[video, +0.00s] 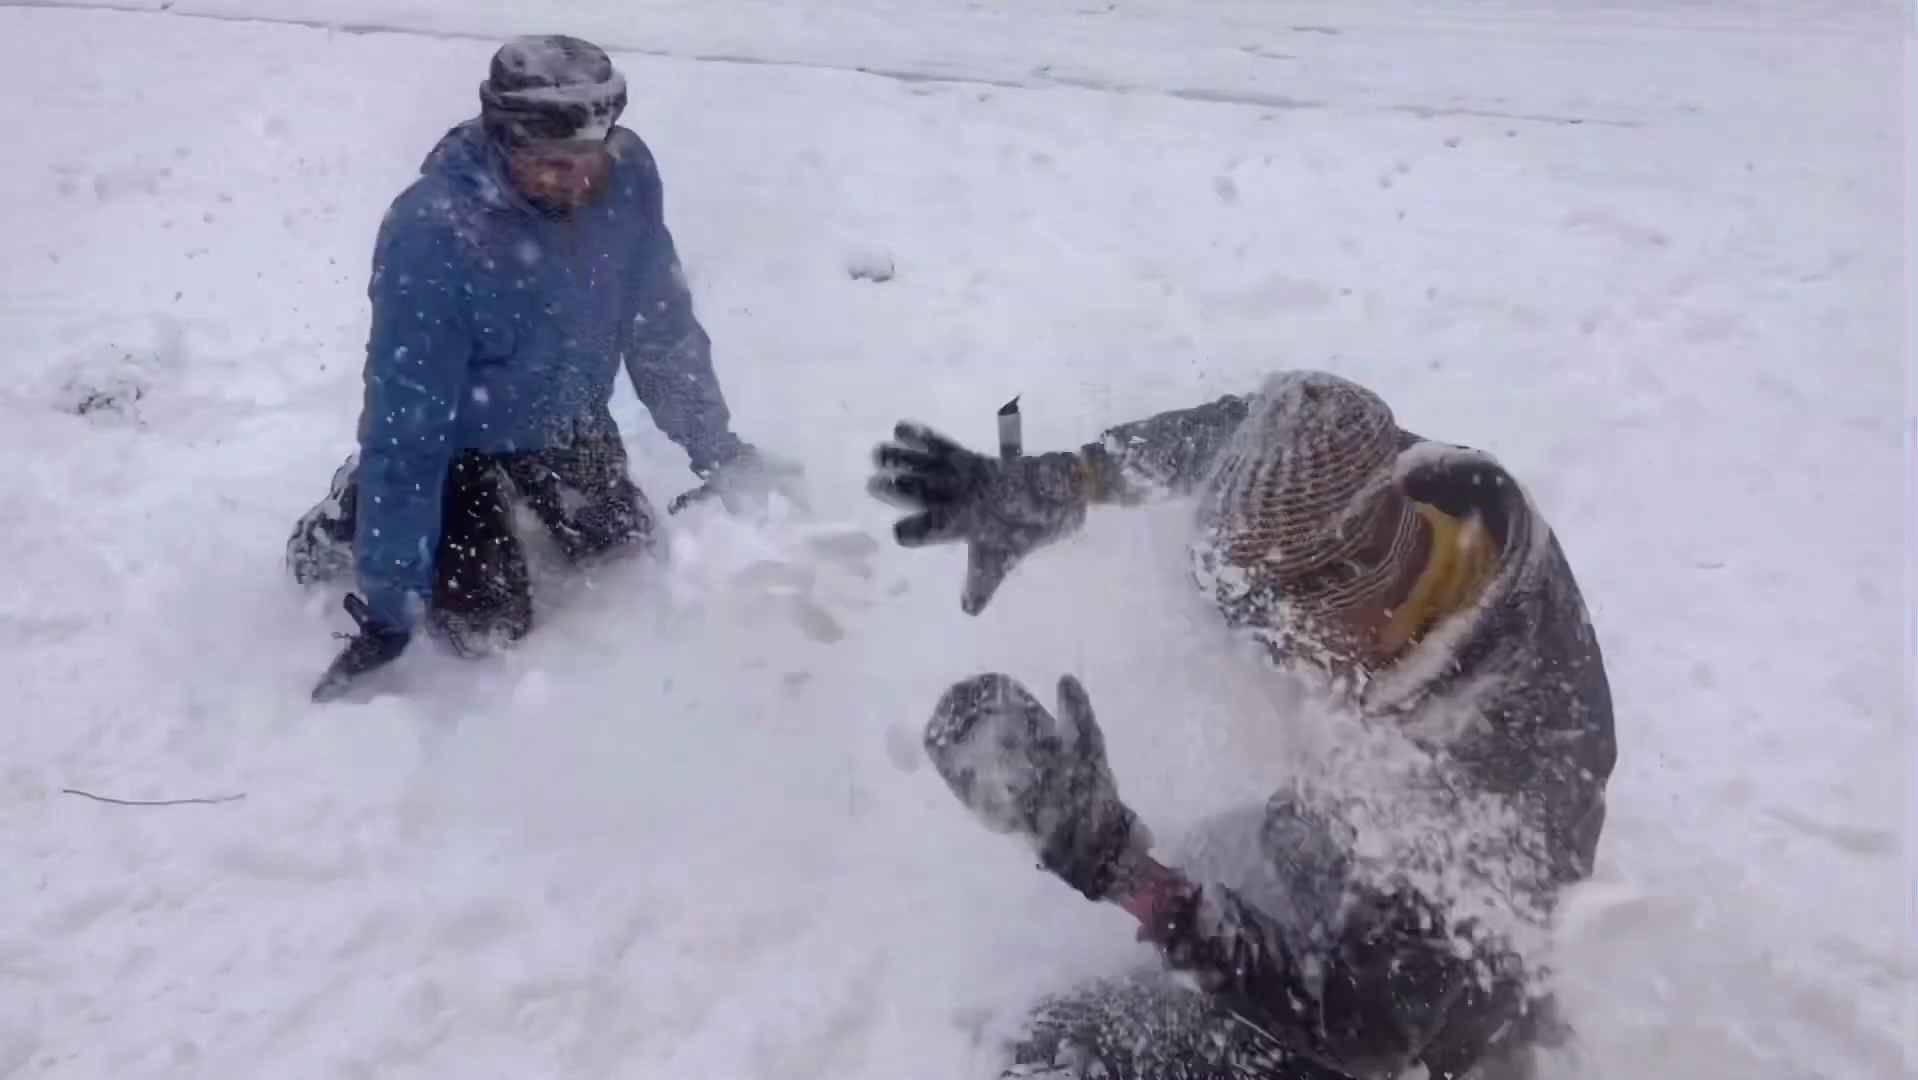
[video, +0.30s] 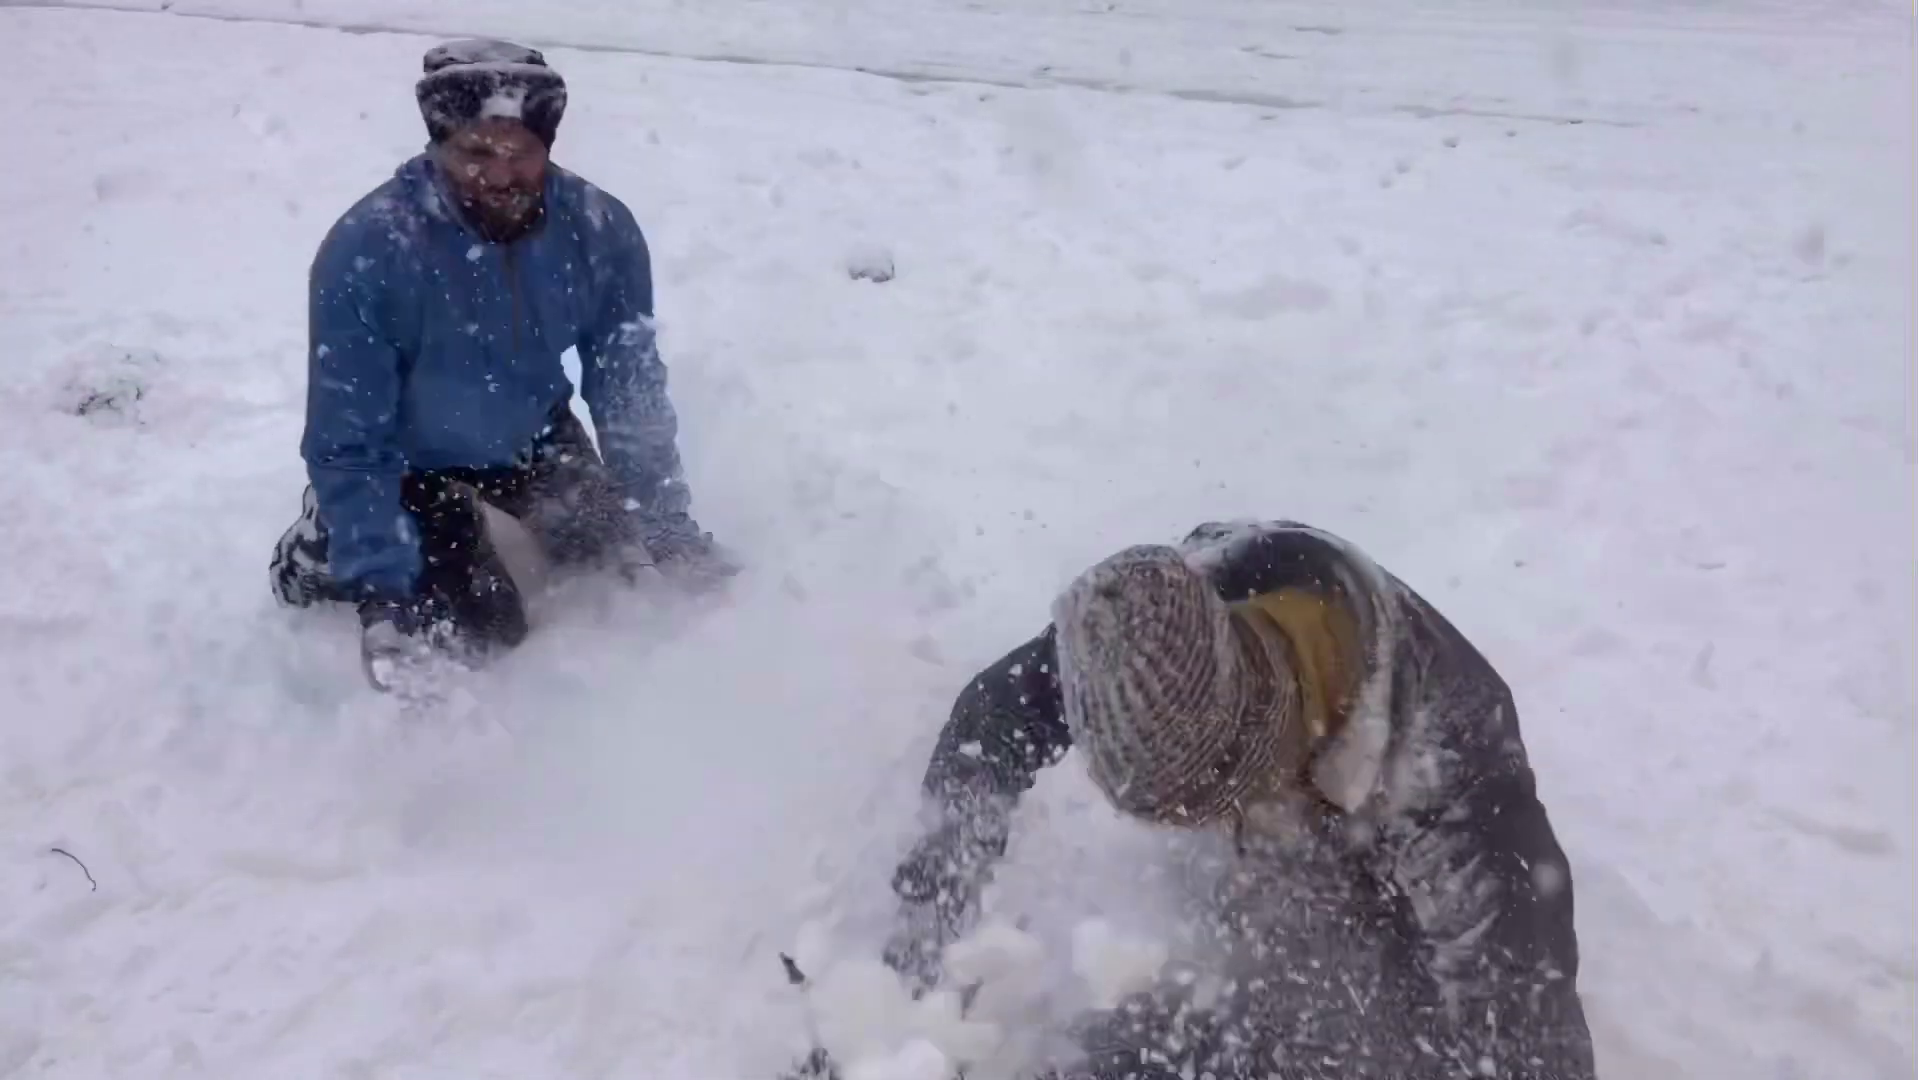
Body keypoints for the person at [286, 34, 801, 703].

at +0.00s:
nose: (574, 179)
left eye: (591, 157)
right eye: (552, 161)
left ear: (609, 139)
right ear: (506, 144)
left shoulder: (624, 177)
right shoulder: (435, 228)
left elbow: (661, 329)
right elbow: (404, 433)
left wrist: (719, 452)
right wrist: (388, 613)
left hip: (567, 421)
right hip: (454, 440)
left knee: (620, 549)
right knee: (493, 626)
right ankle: (370, 520)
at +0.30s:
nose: (498, 175)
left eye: (519, 152)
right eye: (475, 153)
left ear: (550, 146)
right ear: (437, 149)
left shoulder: (598, 231)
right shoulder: (367, 254)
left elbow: (632, 399)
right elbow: (348, 448)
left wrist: (673, 535)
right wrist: (386, 602)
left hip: (530, 437)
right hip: (410, 458)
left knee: (630, 559)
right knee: (487, 625)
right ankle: (343, 555)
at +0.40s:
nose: (481, 177)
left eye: (502, 151)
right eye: (458, 152)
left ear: (541, 148)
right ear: (430, 148)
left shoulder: (598, 239)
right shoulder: (359, 255)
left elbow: (625, 415)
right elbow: (317, 445)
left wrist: (666, 567)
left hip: (517, 434)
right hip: (395, 461)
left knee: (603, 537)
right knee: (488, 633)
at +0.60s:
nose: (400, 197)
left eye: (419, 176)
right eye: (387, 172)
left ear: (479, 161)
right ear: (374, 158)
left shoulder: (582, 212)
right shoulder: (342, 269)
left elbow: (624, 379)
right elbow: (302, 452)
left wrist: (649, 536)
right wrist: (256, 612)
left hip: (533, 426)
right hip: (397, 456)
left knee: (635, 577)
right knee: (480, 632)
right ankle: (347, 519)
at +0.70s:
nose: (332, 224)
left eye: (348, 203)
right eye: (321, 201)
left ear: (404, 178)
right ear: (313, 184)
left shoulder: (542, 169)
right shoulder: (319, 286)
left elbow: (621, 337)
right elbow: (330, 478)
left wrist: (645, 492)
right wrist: (326, 660)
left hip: (549, 417)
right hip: (426, 452)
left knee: (652, 569)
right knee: (471, 624)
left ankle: (526, 484)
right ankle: (333, 559)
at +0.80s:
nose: (324, 245)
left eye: (330, 223)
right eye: (301, 236)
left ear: (363, 176)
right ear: (278, 220)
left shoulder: (488, 129)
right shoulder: (301, 286)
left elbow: (613, 286)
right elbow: (373, 455)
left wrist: (635, 445)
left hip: (563, 405)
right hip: (452, 451)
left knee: (628, 541)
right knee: (494, 623)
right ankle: (371, 534)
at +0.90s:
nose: (318, 242)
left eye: (321, 217)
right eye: (293, 238)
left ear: (344, 164)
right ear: (265, 228)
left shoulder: (454, 109)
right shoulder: (284, 271)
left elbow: (585, 246)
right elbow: (383, 420)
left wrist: (630, 403)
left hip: (578, 410)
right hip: (454, 453)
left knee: (659, 556)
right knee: (494, 633)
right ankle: (397, 508)